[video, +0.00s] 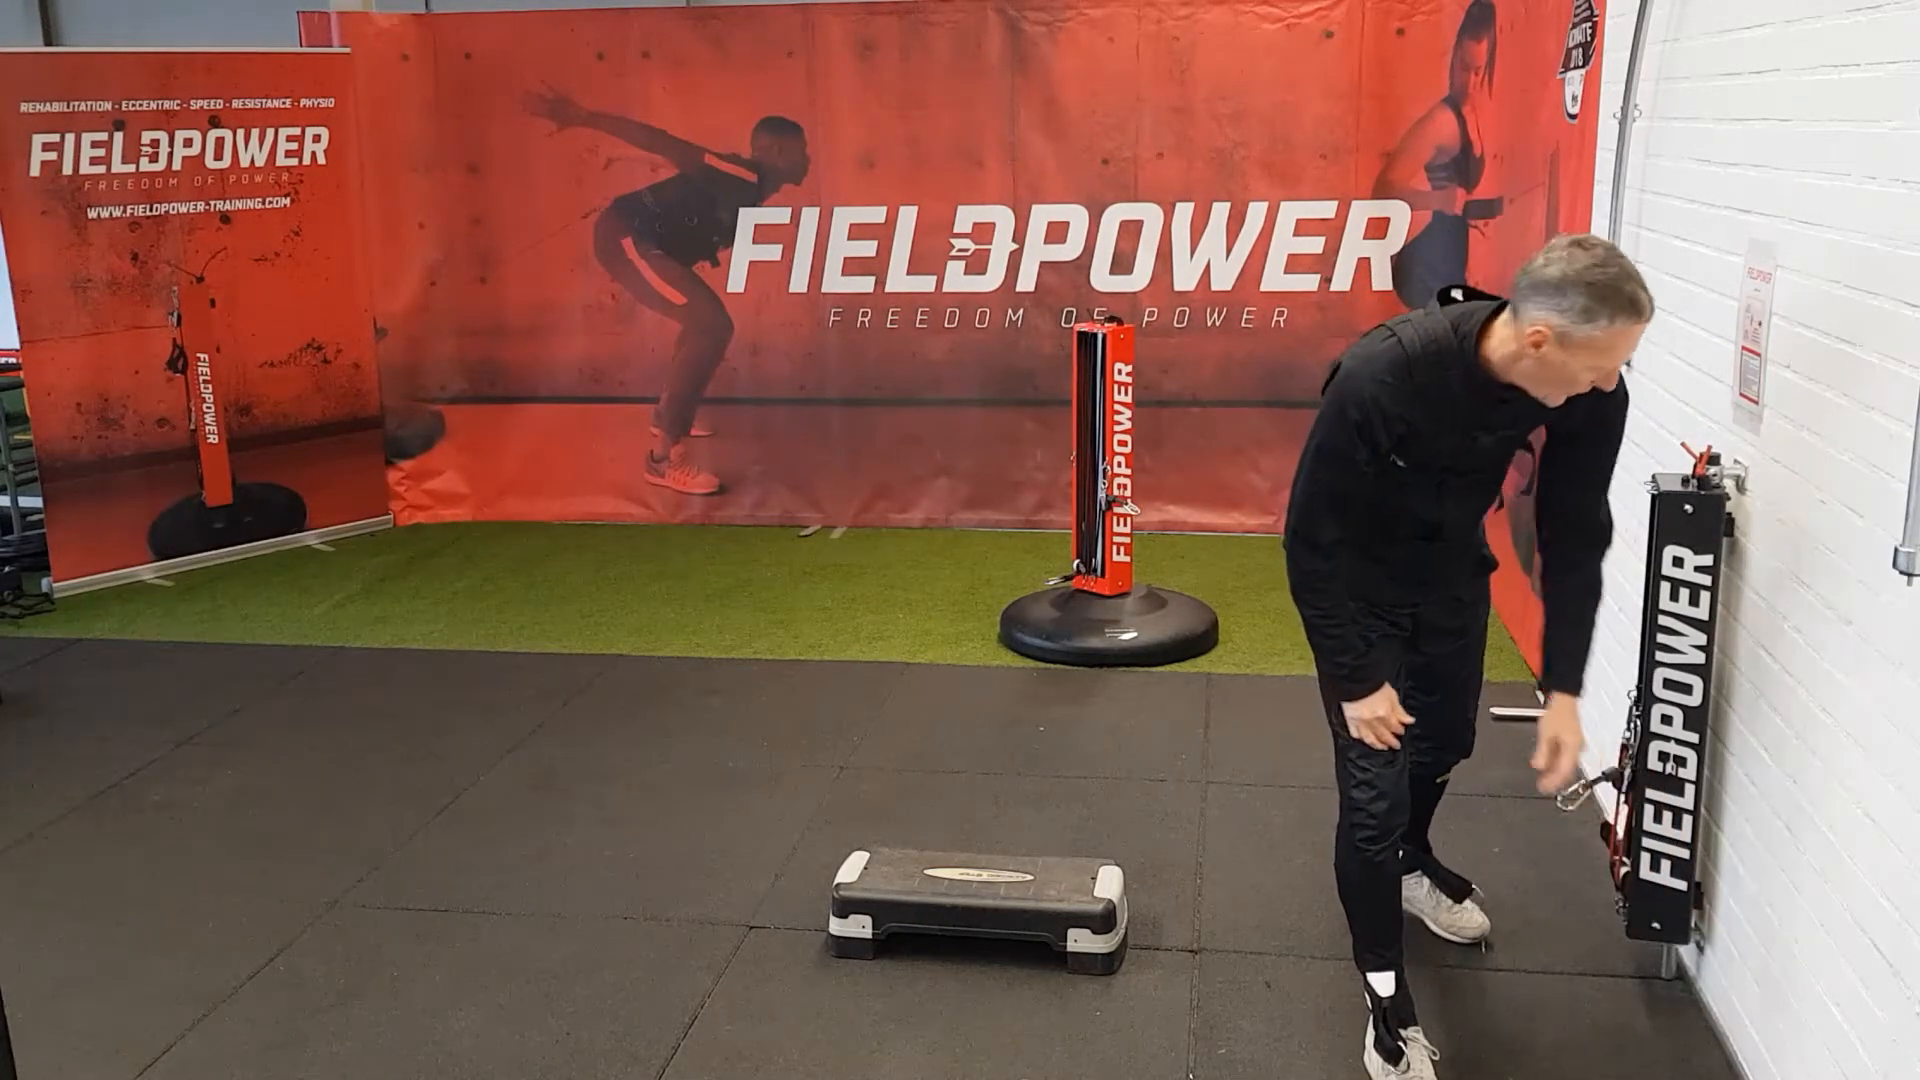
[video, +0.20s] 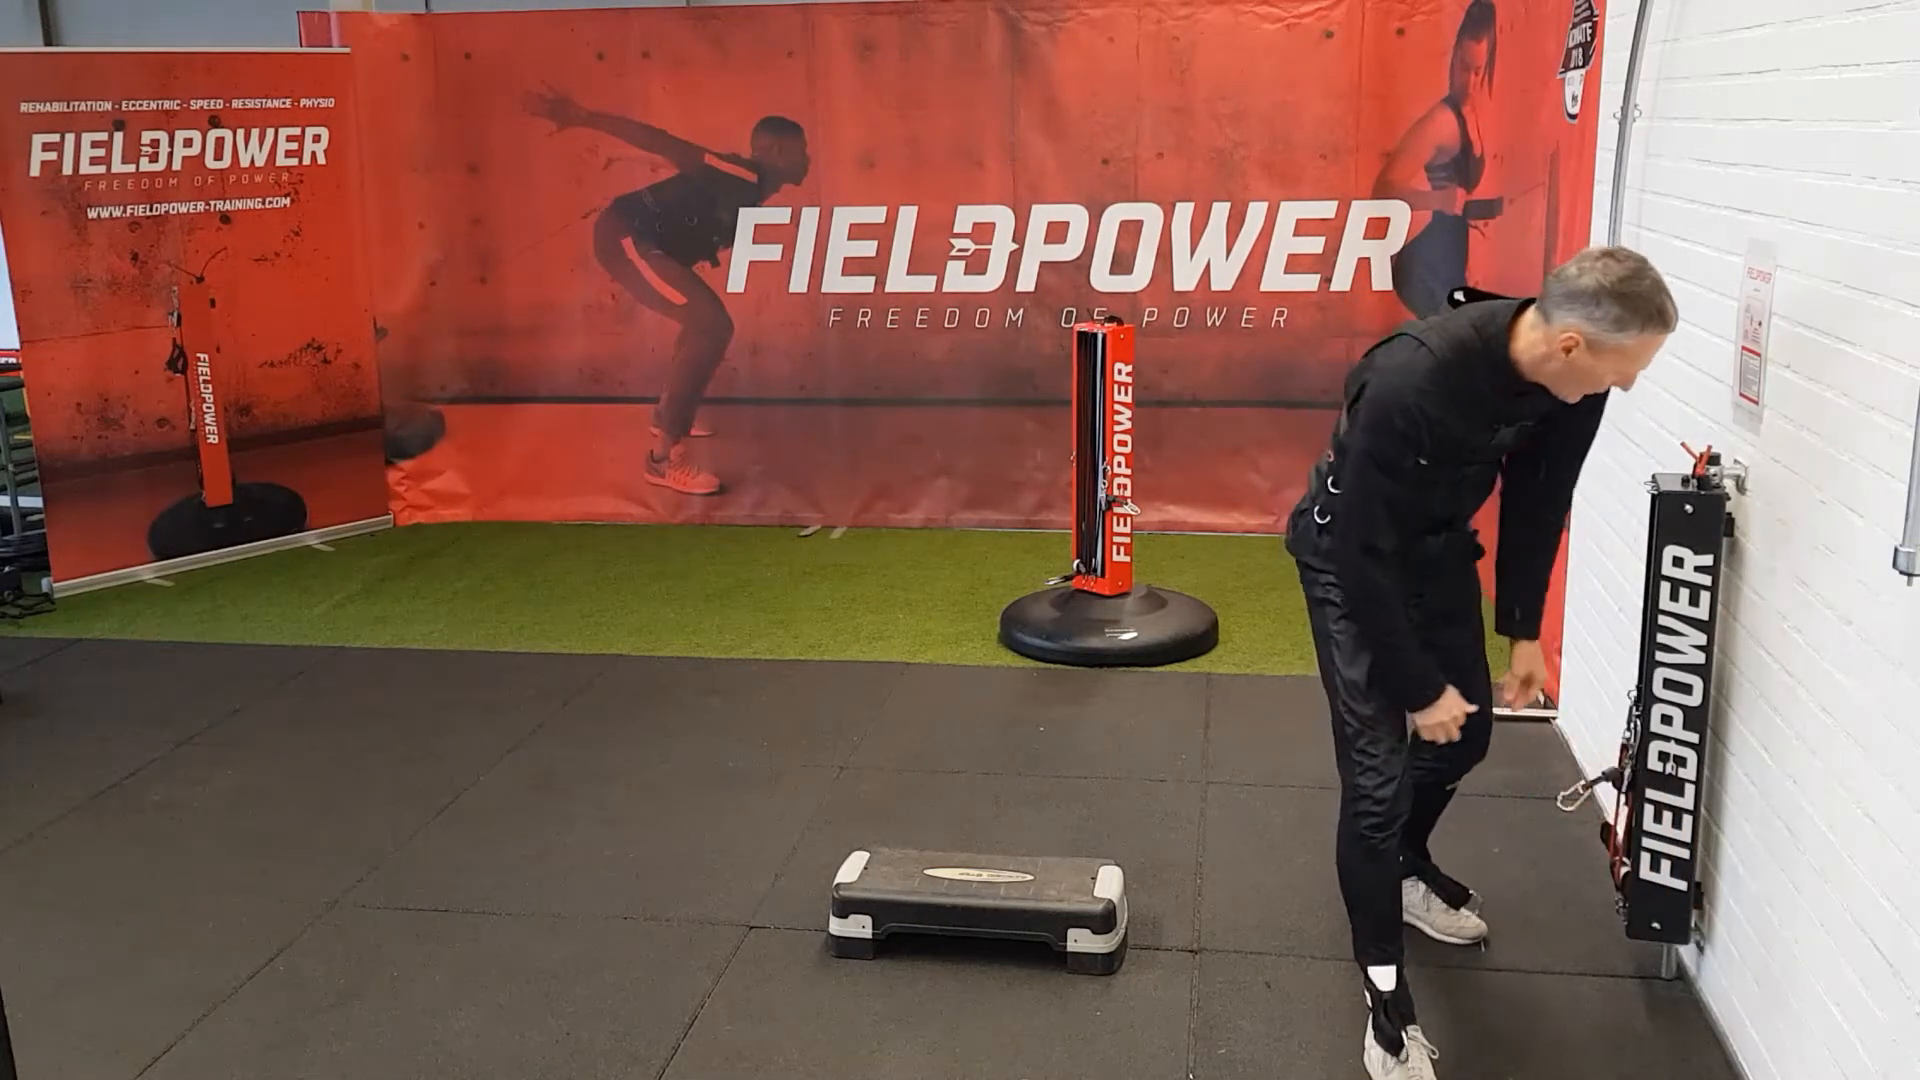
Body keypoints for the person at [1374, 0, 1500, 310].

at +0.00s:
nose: (1471, 81)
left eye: (1480, 71)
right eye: (1464, 68)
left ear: (1489, 68)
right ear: (1450, 61)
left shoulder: (1470, 117)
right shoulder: (1440, 120)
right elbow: (1386, 188)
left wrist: (1470, 210)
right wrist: (1439, 200)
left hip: (1448, 254)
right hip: (1427, 258)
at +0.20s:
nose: (1472, 81)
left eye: (1480, 71)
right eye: (1465, 68)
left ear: (1489, 69)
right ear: (1451, 62)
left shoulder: (1470, 118)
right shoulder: (1441, 120)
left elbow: (1437, 189)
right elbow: (1386, 189)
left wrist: (1470, 210)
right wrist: (1438, 200)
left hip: (1446, 255)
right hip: (1425, 260)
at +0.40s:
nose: (1471, 80)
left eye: (1480, 71)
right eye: (1465, 68)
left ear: (1489, 69)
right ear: (1451, 63)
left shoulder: (1472, 116)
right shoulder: (1441, 121)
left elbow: (1440, 194)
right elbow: (1387, 187)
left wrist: (1475, 209)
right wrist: (1438, 200)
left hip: (1447, 254)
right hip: (1426, 258)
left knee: (1457, 348)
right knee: (1450, 348)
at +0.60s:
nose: (1473, 80)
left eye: (1483, 70)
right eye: (1466, 68)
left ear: (1493, 70)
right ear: (1452, 64)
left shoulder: (1470, 119)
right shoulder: (1442, 120)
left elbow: (1437, 187)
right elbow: (1387, 188)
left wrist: (1469, 212)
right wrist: (1440, 199)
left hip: (1446, 256)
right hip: (1425, 258)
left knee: (1450, 357)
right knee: (1442, 359)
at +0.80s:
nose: (1471, 82)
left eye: (1481, 72)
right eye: (1464, 70)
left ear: (1493, 70)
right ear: (1450, 64)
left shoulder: (1472, 120)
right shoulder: (1441, 121)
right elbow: (1387, 185)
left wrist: (1474, 211)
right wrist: (1440, 200)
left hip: (1447, 253)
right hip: (1425, 255)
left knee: (1450, 365)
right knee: (1440, 368)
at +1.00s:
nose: (1473, 82)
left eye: (1482, 71)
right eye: (1466, 70)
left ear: (1493, 69)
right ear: (1451, 65)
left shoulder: (1470, 120)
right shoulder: (1441, 120)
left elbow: (1435, 191)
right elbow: (1388, 186)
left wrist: (1475, 210)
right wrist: (1441, 200)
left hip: (1446, 254)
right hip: (1425, 256)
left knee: (1446, 368)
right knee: (1438, 370)